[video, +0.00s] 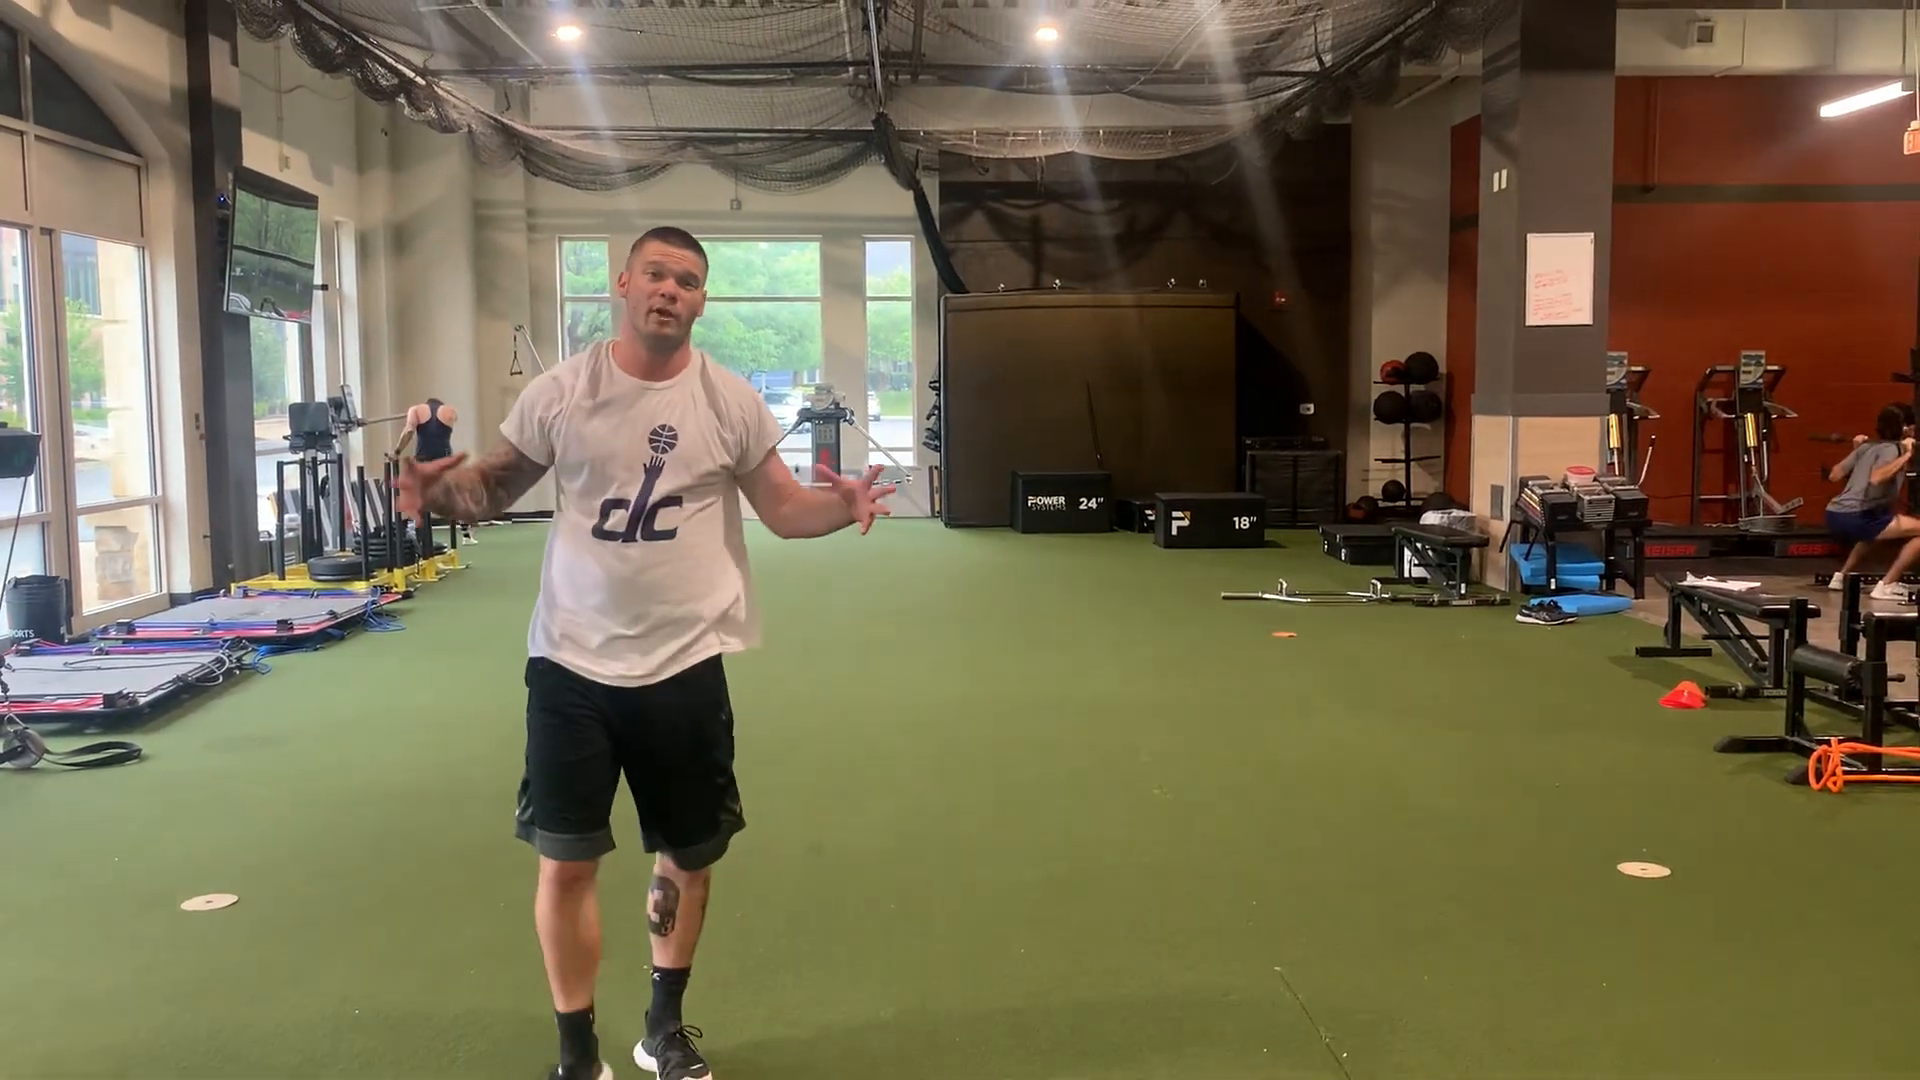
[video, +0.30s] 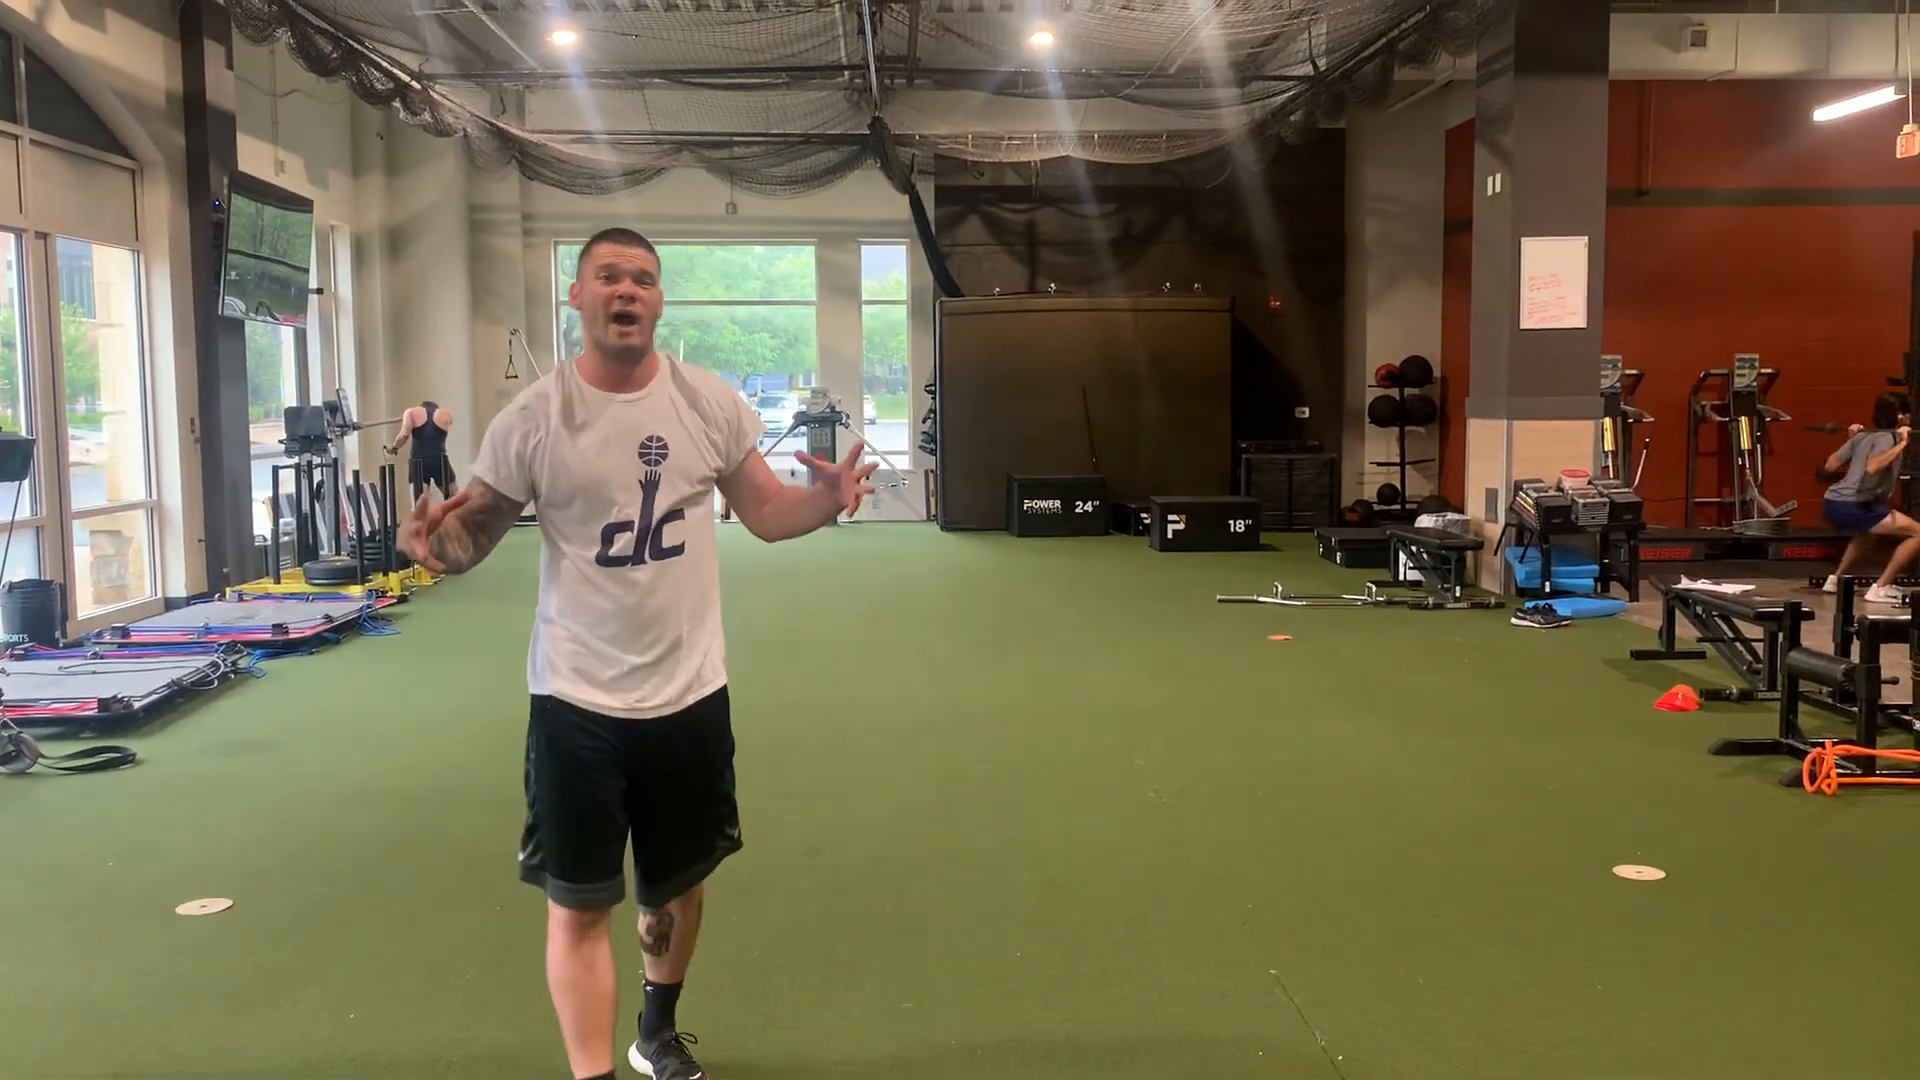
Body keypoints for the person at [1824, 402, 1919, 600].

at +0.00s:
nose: (1914, 429)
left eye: (1913, 425)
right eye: (1912, 425)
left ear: (1882, 426)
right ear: (1903, 428)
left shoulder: (1866, 448)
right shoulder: (1892, 449)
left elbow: (1834, 475)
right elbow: (1876, 478)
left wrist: (1856, 450)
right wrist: (1906, 455)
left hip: (1834, 515)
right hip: (1858, 519)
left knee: (1876, 530)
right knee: (1917, 529)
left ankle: (1841, 576)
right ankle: (1887, 584)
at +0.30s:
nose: (1909, 418)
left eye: (1908, 413)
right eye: (1906, 413)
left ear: (1878, 416)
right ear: (1897, 417)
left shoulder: (1861, 437)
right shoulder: (1889, 439)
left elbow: (1830, 466)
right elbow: (1872, 467)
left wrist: (1851, 439)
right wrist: (1902, 444)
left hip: (1832, 503)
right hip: (1856, 507)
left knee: (1867, 533)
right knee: (1916, 532)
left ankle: (1836, 579)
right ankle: (1881, 587)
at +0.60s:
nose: (1906, 376)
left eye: (1906, 372)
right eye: (1904, 372)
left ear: (1876, 373)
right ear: (1895, 374)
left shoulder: (1860, 397)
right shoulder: (1886, 396)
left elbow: (1831, 425)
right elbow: (1873, 425)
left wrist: (1849, 397)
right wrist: (1901, 399)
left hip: (1835, 467)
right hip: (1857, 472)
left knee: (1854, 523)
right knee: (1894, 525)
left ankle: (1830, 582)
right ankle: (1876, 590)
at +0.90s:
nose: (1901, 374)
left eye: (1901, 370)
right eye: (1899, 370)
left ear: (1871, 372)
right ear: (1890, 373)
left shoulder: (1857, 396)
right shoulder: (1882, 396)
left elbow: (1829, 425)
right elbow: (1870, 425)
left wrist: (1846, 396)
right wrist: (1897, 399)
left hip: (1833, 467)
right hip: (1854, 472)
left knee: (1847, 526)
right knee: (1888, 527)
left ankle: (1827, 583)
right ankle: (1873, 591)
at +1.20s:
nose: (1896, 422)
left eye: (1896, 418)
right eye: (1895, 417)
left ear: (1866, 419)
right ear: (1887, 421)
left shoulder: (1852, 441)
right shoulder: (1877, 442)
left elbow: (1822, 469)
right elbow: (1863, 472)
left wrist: (1841, 443)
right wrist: (1892, 448)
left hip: (1824, 508)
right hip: (1847, 512)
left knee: (1856, 542)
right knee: (1910, 540)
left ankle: (1826, 585)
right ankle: (1872, 593)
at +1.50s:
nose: (1893, 445)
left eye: (1893, 440)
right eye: (1892, 440)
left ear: (1863, 442)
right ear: (1883, 444)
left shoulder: (1848, 462)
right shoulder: (1871, 464)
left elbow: (1816, 489)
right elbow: (1857, 494)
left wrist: (1837, 465)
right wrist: (1887, 470)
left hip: (1816, 528)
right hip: (1841, 533)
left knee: (1857, 544)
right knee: (1908, 545)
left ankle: (1823, 588)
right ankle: (1868, 597)